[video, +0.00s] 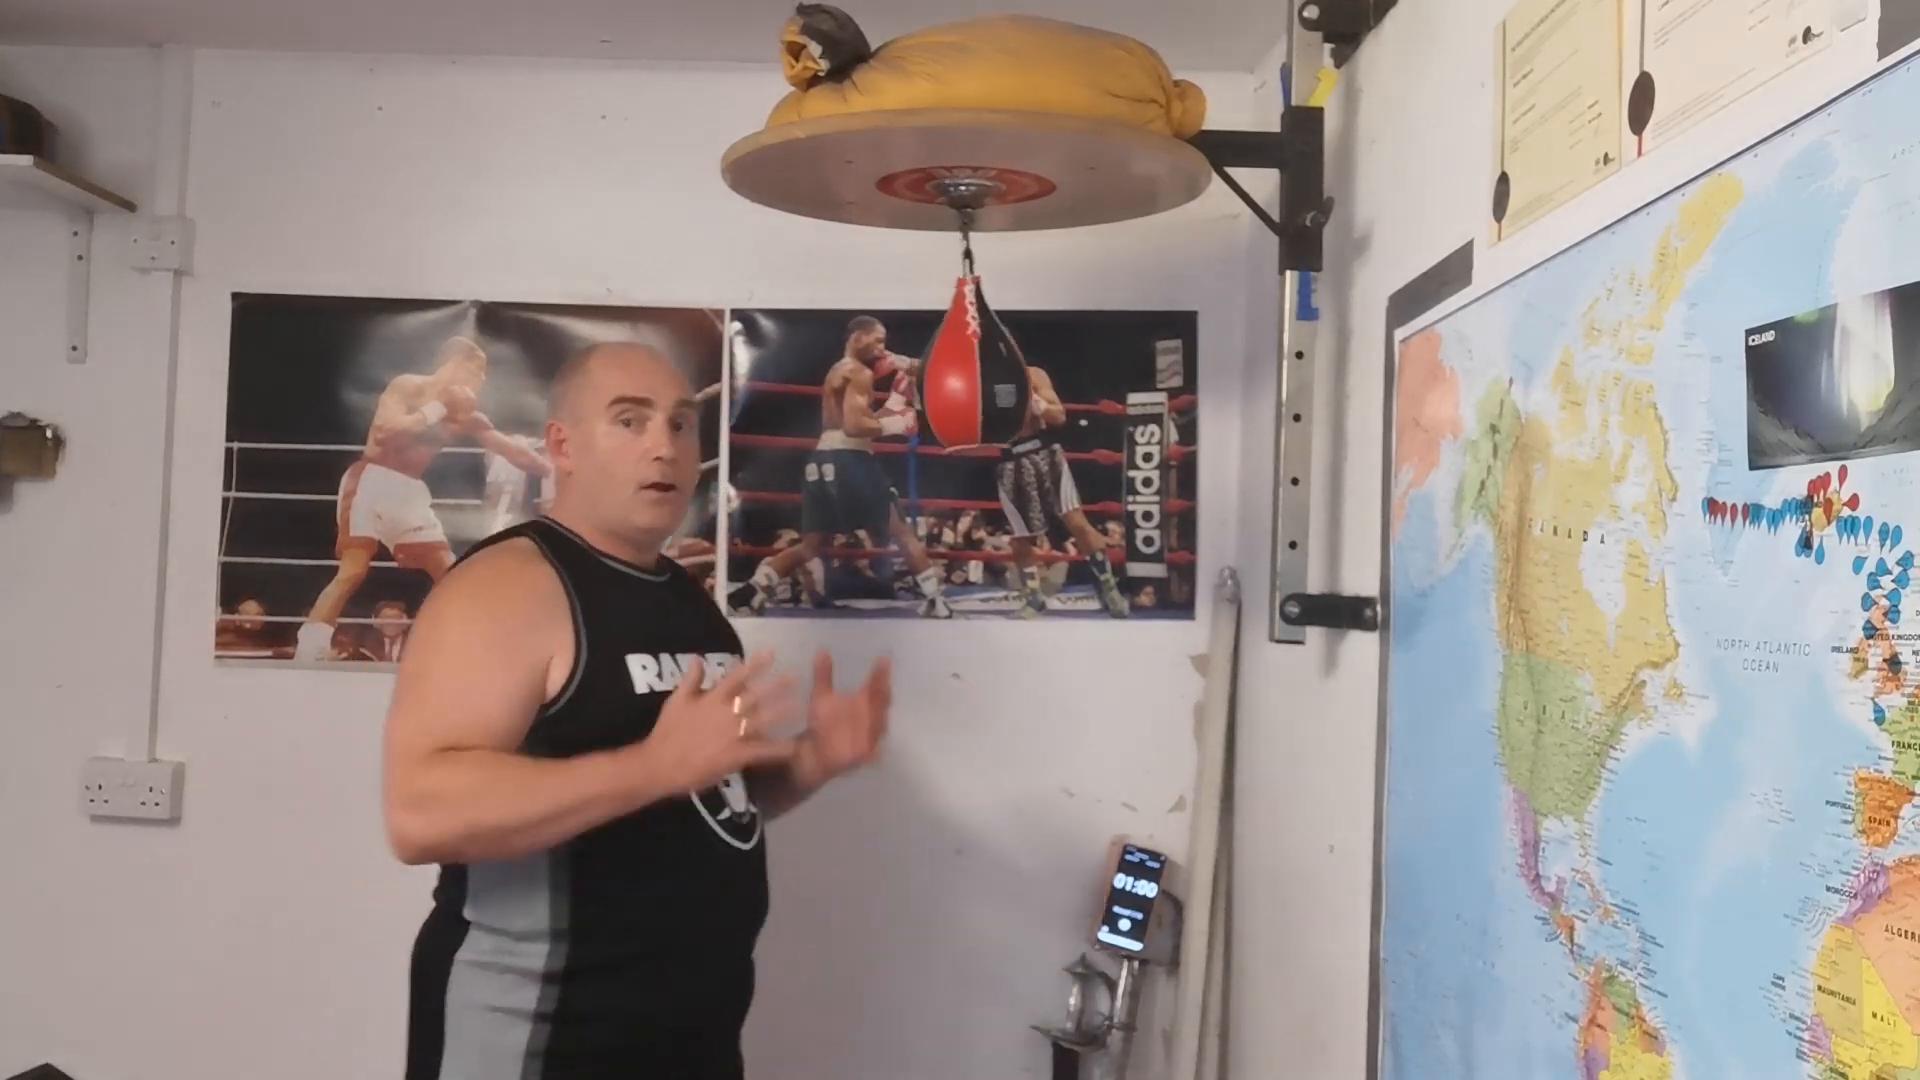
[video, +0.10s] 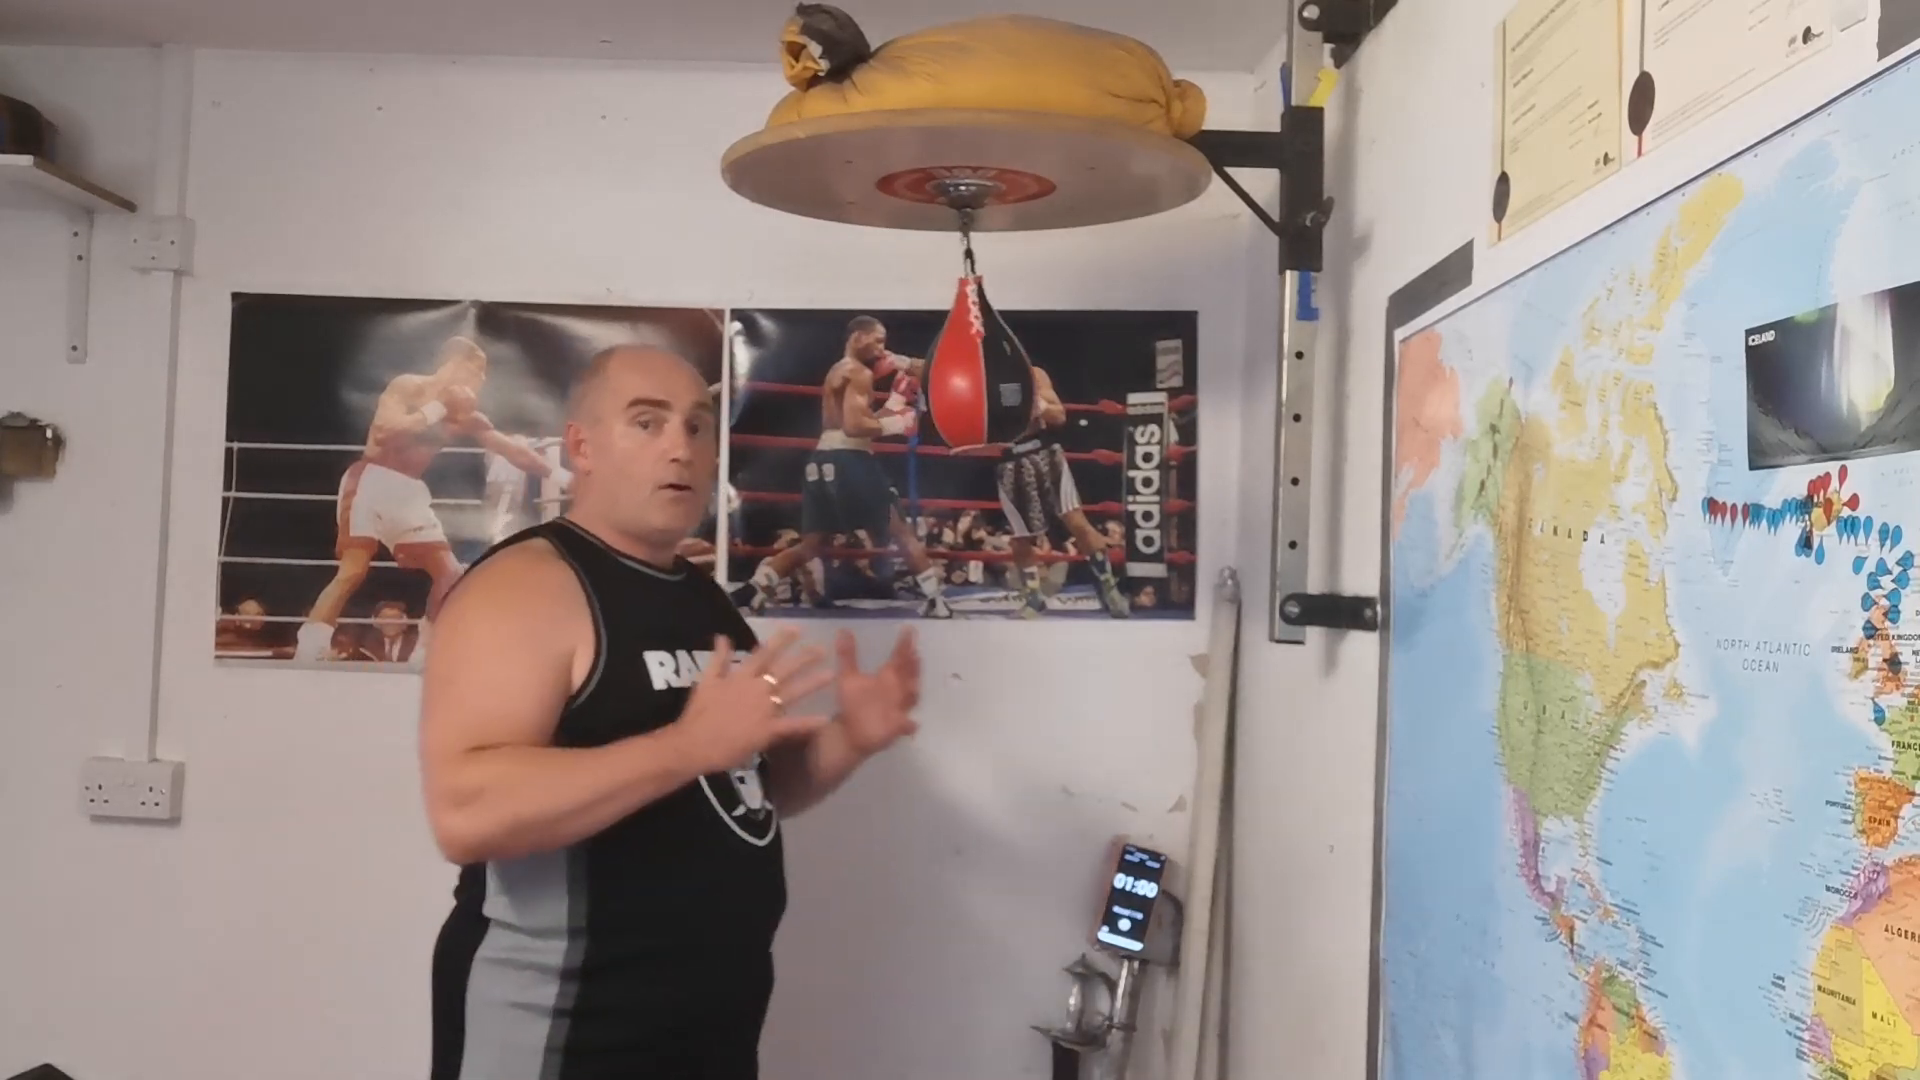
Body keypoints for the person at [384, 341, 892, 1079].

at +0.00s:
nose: (665, 449)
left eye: (681, 425)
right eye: (629, 420)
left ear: (700, 455)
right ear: (560, 446)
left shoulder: (687, 598)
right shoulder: (501, 589)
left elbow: (719, 797)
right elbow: (422, 809)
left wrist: (807, 763)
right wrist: (658, 765)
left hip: (691, 1023)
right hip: (535, 1029)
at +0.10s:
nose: (683, 450)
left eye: (699, 427)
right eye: (647, 422)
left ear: (715, 454)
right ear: (580, 447)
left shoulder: (706, 602)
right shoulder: (518, 589)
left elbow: (754, 790)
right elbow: (467, 811)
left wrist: (844, 739)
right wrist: (689, 747)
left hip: (709, 1012)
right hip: (557, 1020)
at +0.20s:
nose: (696, 452)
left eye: (712, 429)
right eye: (663, 423)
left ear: (730, 455)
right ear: (596, 447)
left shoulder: (726, 604)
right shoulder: (540, 588)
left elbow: (764, 796)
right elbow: (495, 809)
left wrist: (873, 760)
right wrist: (721, 766)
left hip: (724, 1009)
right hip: (571, 1015)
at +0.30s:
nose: (716, 451)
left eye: (732, 429)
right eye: (681, 425)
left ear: (749, 454)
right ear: (617, 450)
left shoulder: (743, 604)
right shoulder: (557, 588)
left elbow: (765, 803)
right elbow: (495, 803)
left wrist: (868, 779)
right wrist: (723, 780)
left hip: (730, 1009)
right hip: (579, 1013)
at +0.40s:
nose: (730, 456)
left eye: (748, 433)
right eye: (699, 427)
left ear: (767, 458)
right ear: (636, 446)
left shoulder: (755, 599)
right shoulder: (569, 586)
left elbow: (780, 760)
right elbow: (492, 794)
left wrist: (871, 815)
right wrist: (716, 830)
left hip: (732, 1007)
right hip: (583, 1009)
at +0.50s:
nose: (740, 456)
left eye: (758, 436)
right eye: (709, 427)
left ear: (776, 460)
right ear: (645, 448)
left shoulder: (764, 604)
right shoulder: (579, 581)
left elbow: (801, 782)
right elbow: (493, 790)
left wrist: (876, 890)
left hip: (730, 1006)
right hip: (586, 1001)